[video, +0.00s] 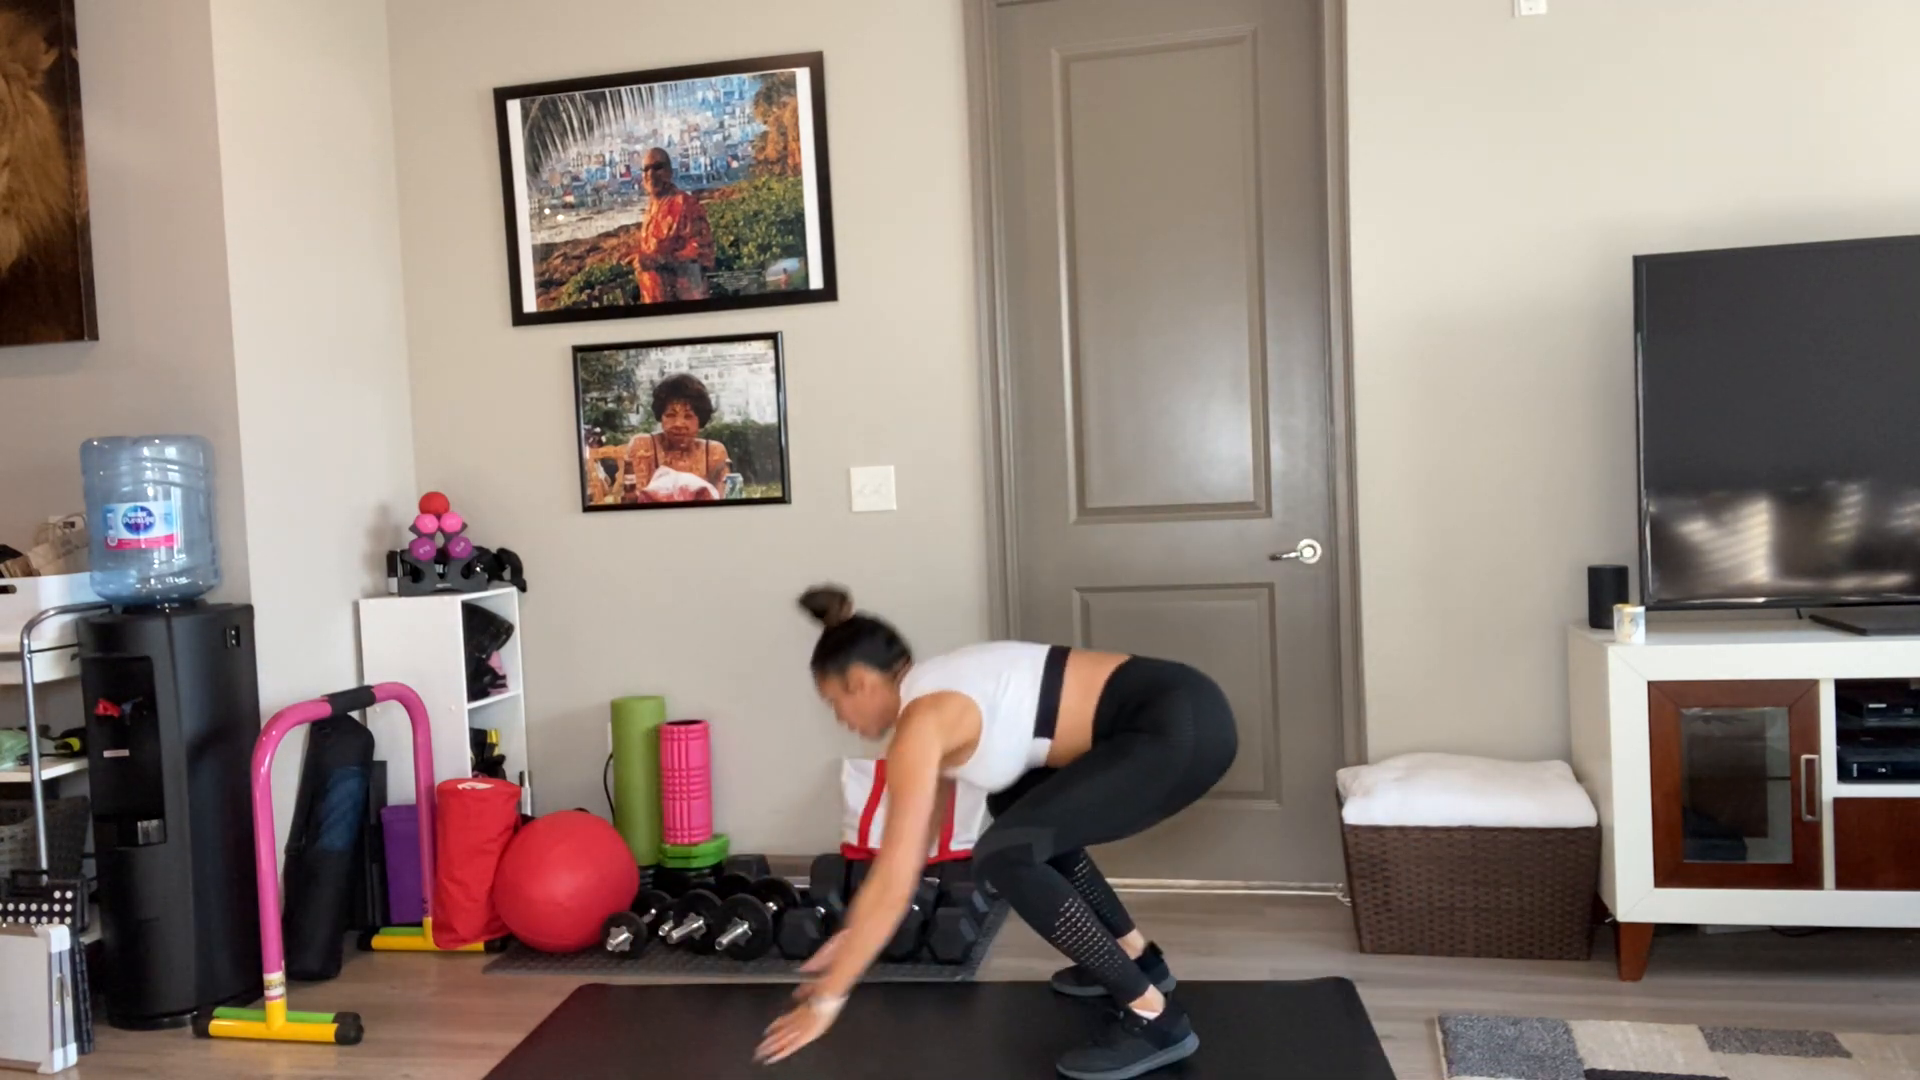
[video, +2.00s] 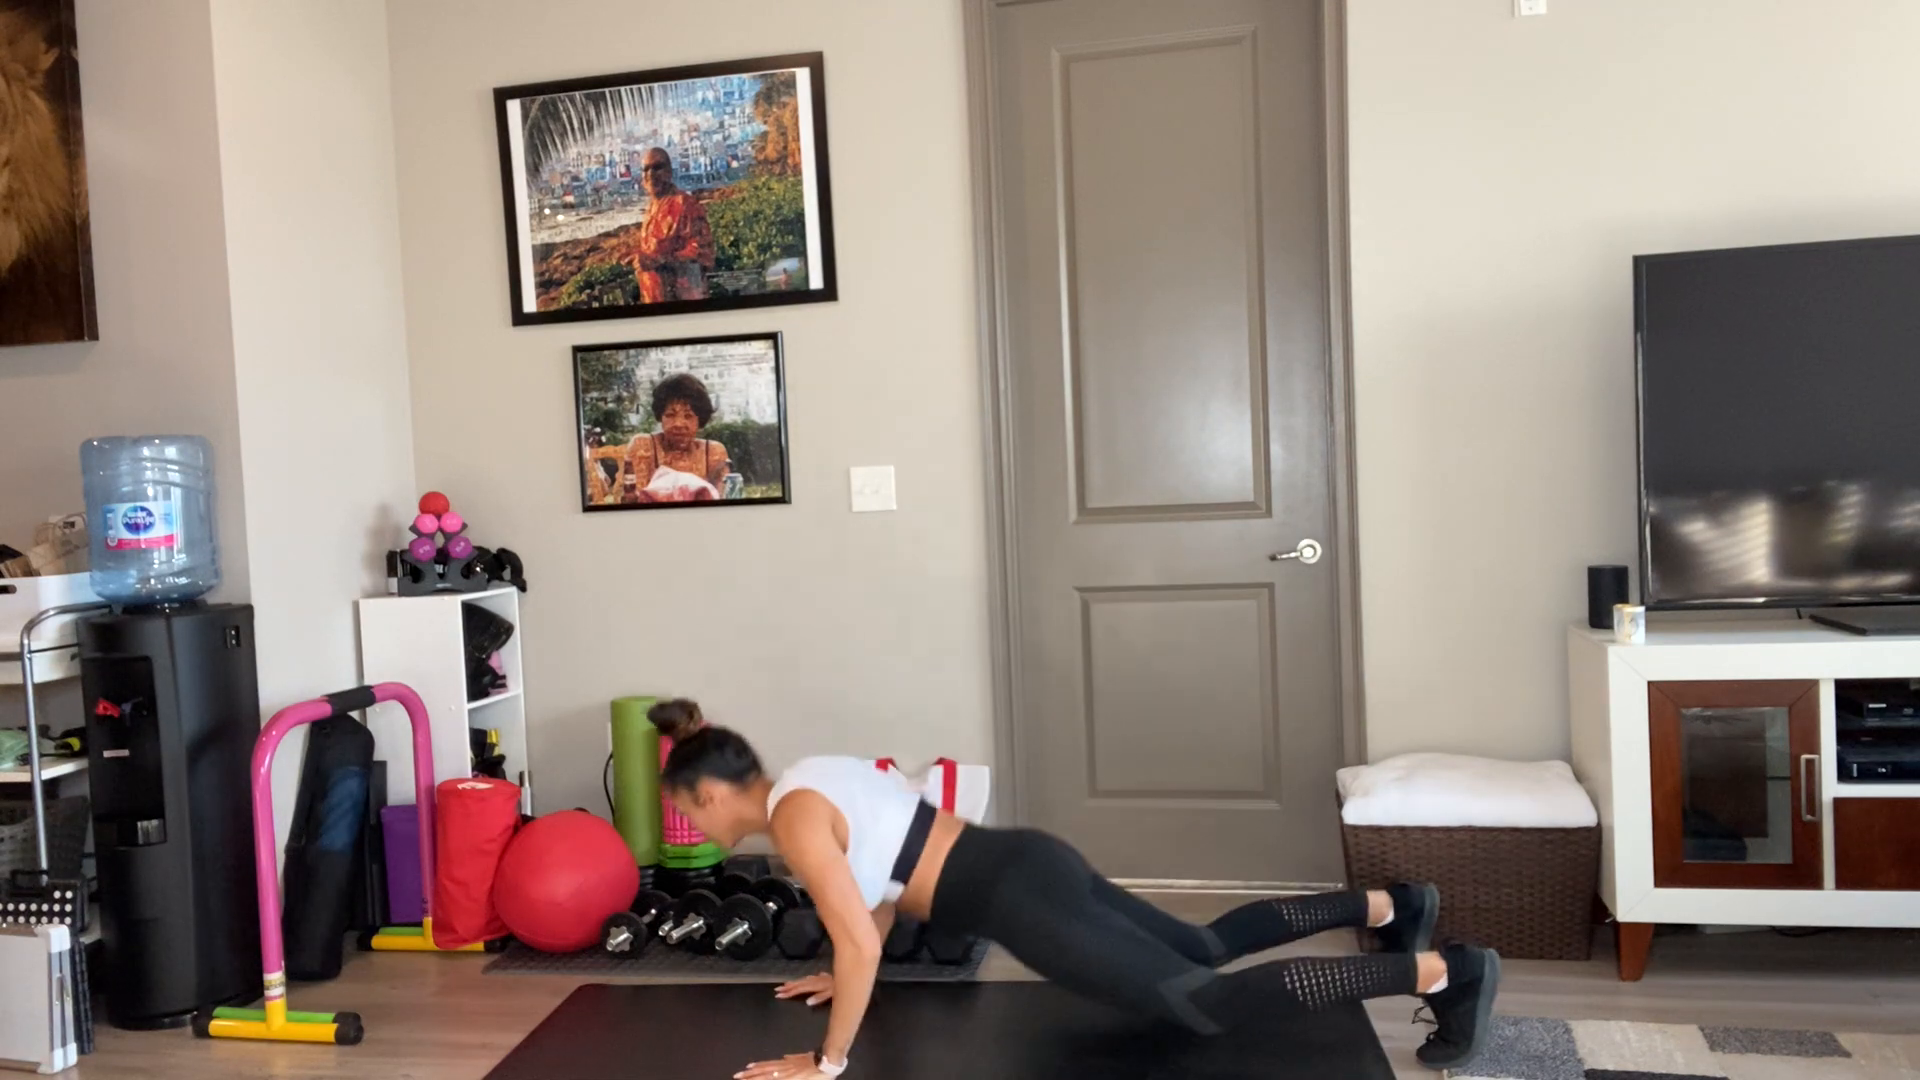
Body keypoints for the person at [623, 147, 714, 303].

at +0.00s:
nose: (650, 174)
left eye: (657, 167)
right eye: (646, 169)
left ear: (670, 172)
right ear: (642, 176)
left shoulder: (686, 204)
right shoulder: (653, 206)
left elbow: (703, 255)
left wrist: (655, 260)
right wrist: (638, 257)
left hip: (683, 297)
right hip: (655, 297)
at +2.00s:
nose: (650, 175)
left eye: (657, 168)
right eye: (646, 169)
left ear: (669, 171)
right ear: (642, 176)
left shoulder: (686, 204)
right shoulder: (654, 206)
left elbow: (702, 255)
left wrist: (657, 261)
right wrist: (638, 257)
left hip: (683, 297)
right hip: (656, 297)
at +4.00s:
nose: (650, 174)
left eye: (657, 167)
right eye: (645, 169)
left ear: (669, 172)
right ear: (642, 176)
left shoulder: (686, 204)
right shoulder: (654, 206)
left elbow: (703, 255)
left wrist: (658, 260)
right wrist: (638, 257)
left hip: (682, 297)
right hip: (655, 297)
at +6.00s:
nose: (650, 174)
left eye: (657, 167)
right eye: (645, 169)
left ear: (669, 171)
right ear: (642, 176)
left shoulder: (686, 204)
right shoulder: (653, 207)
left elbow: (703, 255)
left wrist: (657, 260)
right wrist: (638, 258)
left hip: (683, 297)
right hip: (655, 297)